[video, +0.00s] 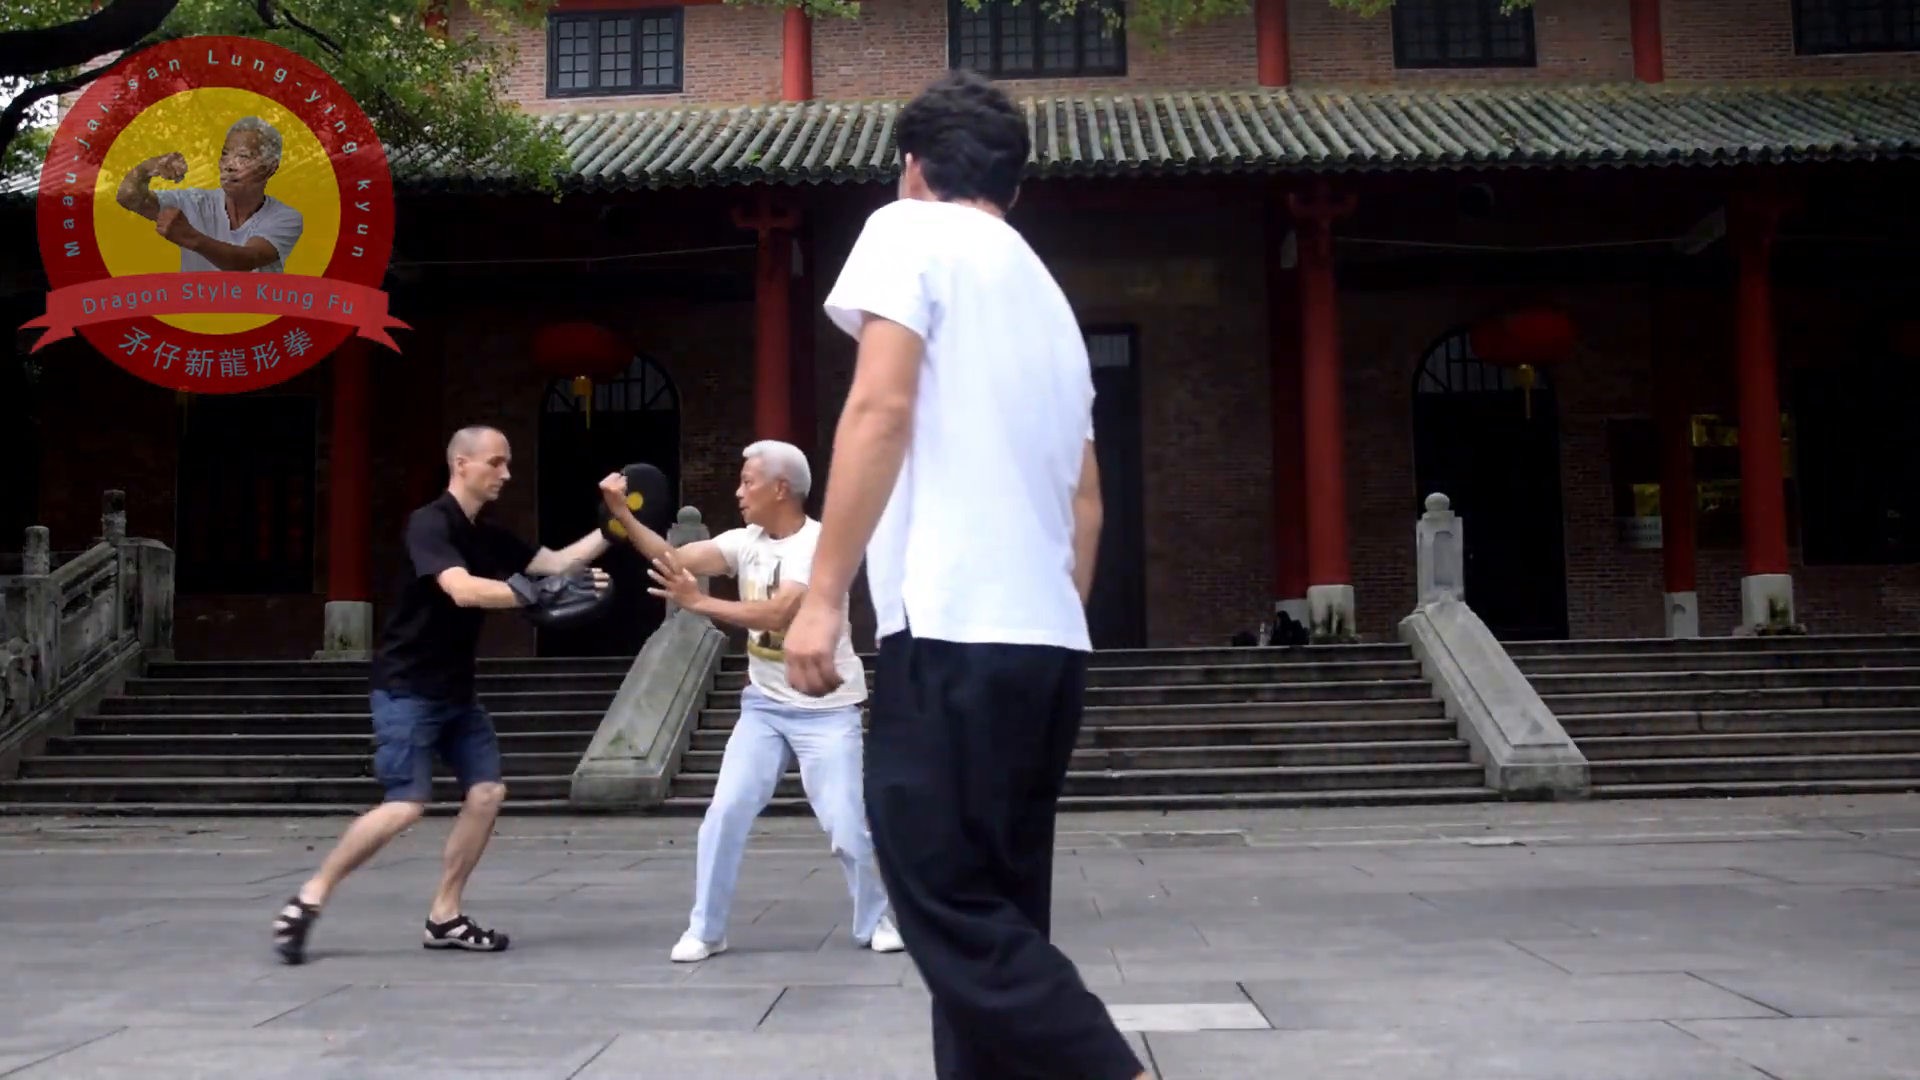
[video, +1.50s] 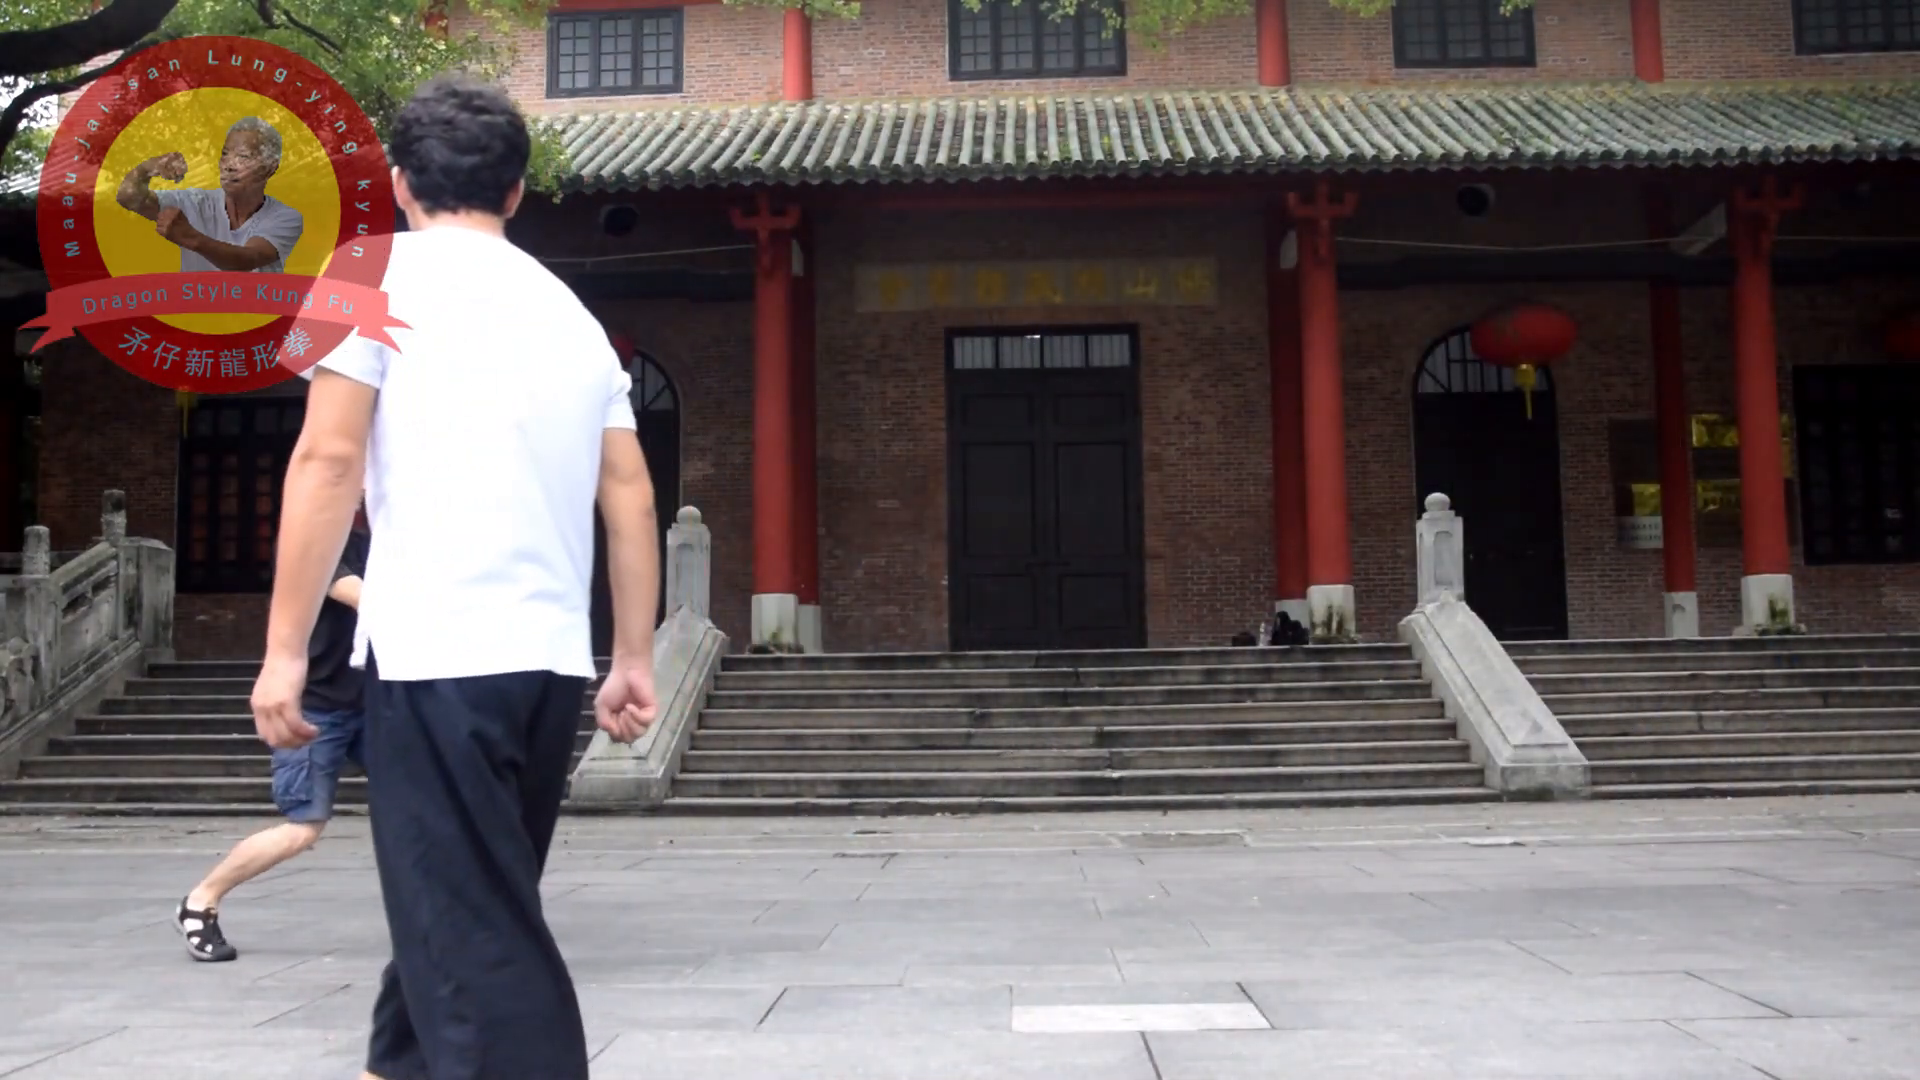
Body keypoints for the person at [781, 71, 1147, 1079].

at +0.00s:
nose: (896, 188)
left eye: (896, 176)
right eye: (898, 178)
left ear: (914, 173)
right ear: (1010, 184)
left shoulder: (911, 233)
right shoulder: (1051, 298)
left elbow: (881, 408)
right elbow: (1085, 500)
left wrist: (825, 594)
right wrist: (1050, 626)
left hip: (948, 641)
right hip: (1047, 648)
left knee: (944, 907)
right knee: (1003, 909)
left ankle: (1109, 1068)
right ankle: (982, 1075)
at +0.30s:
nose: (824, 199)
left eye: (825, 188)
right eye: (828, 188)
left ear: (846, 184)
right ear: (941, 199)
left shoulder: (841, 239)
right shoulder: (981, 316)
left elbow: (801, 414)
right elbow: (1013, 511)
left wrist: (730, 582)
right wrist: (977, 630)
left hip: (881, 635)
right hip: (978, 644)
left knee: (810, 900)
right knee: (953, 912)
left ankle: (849, 1067)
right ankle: (964, 1071)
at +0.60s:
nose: (738, 203)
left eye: (738, 190)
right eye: (743, 191)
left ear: (755, 192)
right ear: (853, 207)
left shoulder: (735, 257)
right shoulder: (896, 317)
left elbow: (710, 426)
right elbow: (936, 504)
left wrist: (668, 618)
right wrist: (922, 652)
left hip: (783, 649)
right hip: (894, 655)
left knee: (690, 920)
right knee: (911, 922)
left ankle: (638, 1067)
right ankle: (942, 1074)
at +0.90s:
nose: (584, 177)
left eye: (588, 165)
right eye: (589, 164)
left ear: (603, 173)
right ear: (706, 190)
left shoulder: (574, 253)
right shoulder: (755, 304)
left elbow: (537, 442)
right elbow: (804, 497)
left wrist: (487, 630)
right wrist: (795, 654)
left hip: (614, 659)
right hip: (739, 660)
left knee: (572, 917)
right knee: (789, 892)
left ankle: (565, 1073)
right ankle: (878, 1066)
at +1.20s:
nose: (468, 169)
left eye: (468, 156)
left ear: (480, 163)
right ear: (590, 168)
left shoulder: (450, 251)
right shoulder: (652, 288)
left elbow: (394, 450)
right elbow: (707, 475)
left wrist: (336, 633)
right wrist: (697, 634)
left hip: (520, 656)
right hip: (647, 656)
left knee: (507, 932)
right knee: (610, 919)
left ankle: (537, 1074)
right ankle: (618, 1073)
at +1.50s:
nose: (396, 194)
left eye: (397, 181)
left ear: (402, 186)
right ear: (515, 193)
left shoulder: (385, 273)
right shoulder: (576, 320)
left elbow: (330, 456)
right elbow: (628, 489)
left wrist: (284, 649)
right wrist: (635, 654)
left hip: (434, 672)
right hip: (556, 673)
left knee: (474, 943)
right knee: (453, 932)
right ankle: (404, 1065)